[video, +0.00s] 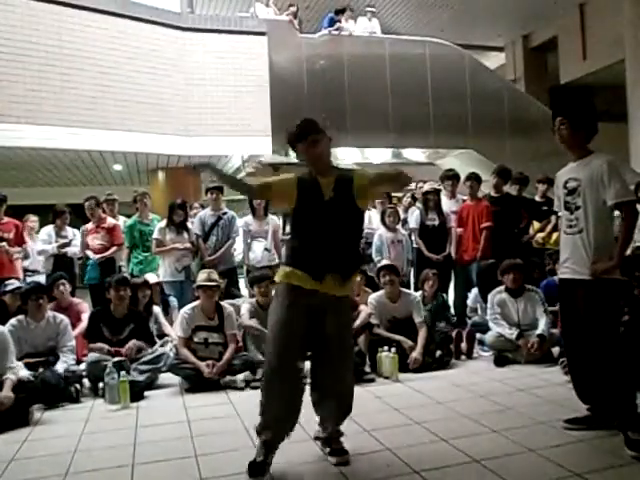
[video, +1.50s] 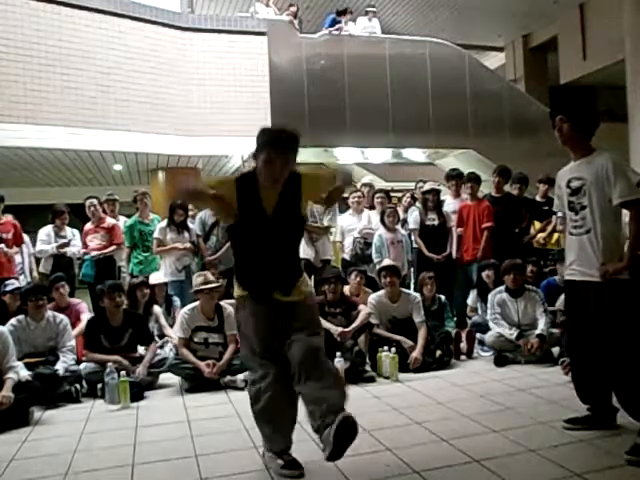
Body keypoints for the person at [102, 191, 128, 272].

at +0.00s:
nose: (110, 207)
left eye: (113, 204)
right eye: (108, 204)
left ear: (117, 205)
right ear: (103, 206)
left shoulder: (125, 221)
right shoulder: (101, 222)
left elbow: (128, 241)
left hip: (121, 259)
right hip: (106, 259)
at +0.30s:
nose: (111, 208)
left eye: (113, 204)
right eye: (108, 204)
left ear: (117, 206)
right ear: (103, 206)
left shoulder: (125, 221)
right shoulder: (101, 222)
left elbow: (128, 241)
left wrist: (124, 260)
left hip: (121, 259)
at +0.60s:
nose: (92, 212)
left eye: (95, 208)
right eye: (90, 209)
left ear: (101, 208)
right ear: (87, 211)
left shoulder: (113, 224)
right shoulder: (88, 227)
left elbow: (119, 245)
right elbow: (84, 248)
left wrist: (102, 254)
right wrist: (84, 236)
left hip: (108, 258)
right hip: (93, 259)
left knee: (110, 289)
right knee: (94, 287)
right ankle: (98, 316)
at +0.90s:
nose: (93, 210)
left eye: (95, 206)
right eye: (90, 207)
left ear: (100, 207)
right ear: (87, 211)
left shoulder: (112, 224)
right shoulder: (87, 227)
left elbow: (119, 244)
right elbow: (85, 245)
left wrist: (102, 253)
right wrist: (87, 250)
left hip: (108, 258)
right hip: (93, 259)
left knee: (110, 289)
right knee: (94, 289)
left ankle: (112, 315)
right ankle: (98, 315)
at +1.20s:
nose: (92, 210)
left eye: (95, 206)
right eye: (89, 207)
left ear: (100, 207)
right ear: (86, 210)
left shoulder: (112, 224)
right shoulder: (87, 227)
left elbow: (119, 244)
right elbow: (84, 245)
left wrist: (103, 253)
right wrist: (85, 251)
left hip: (107, 258)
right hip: (92, 259)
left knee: (110, 289)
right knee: (94, 290)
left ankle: (111, 316)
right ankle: (98, 316)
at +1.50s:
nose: (92, 209)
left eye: (95, 206)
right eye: (89, 207)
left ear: (100, 207)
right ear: (87, 210)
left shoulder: (112, 224)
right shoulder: (87, 227)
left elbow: (118, 244)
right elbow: (84, 245)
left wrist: (101, 253)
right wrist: (84, 251)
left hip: (107, 259)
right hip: (91, 260)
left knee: (110, 291)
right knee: (94, 293)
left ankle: (112, 318)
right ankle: (98, 319)